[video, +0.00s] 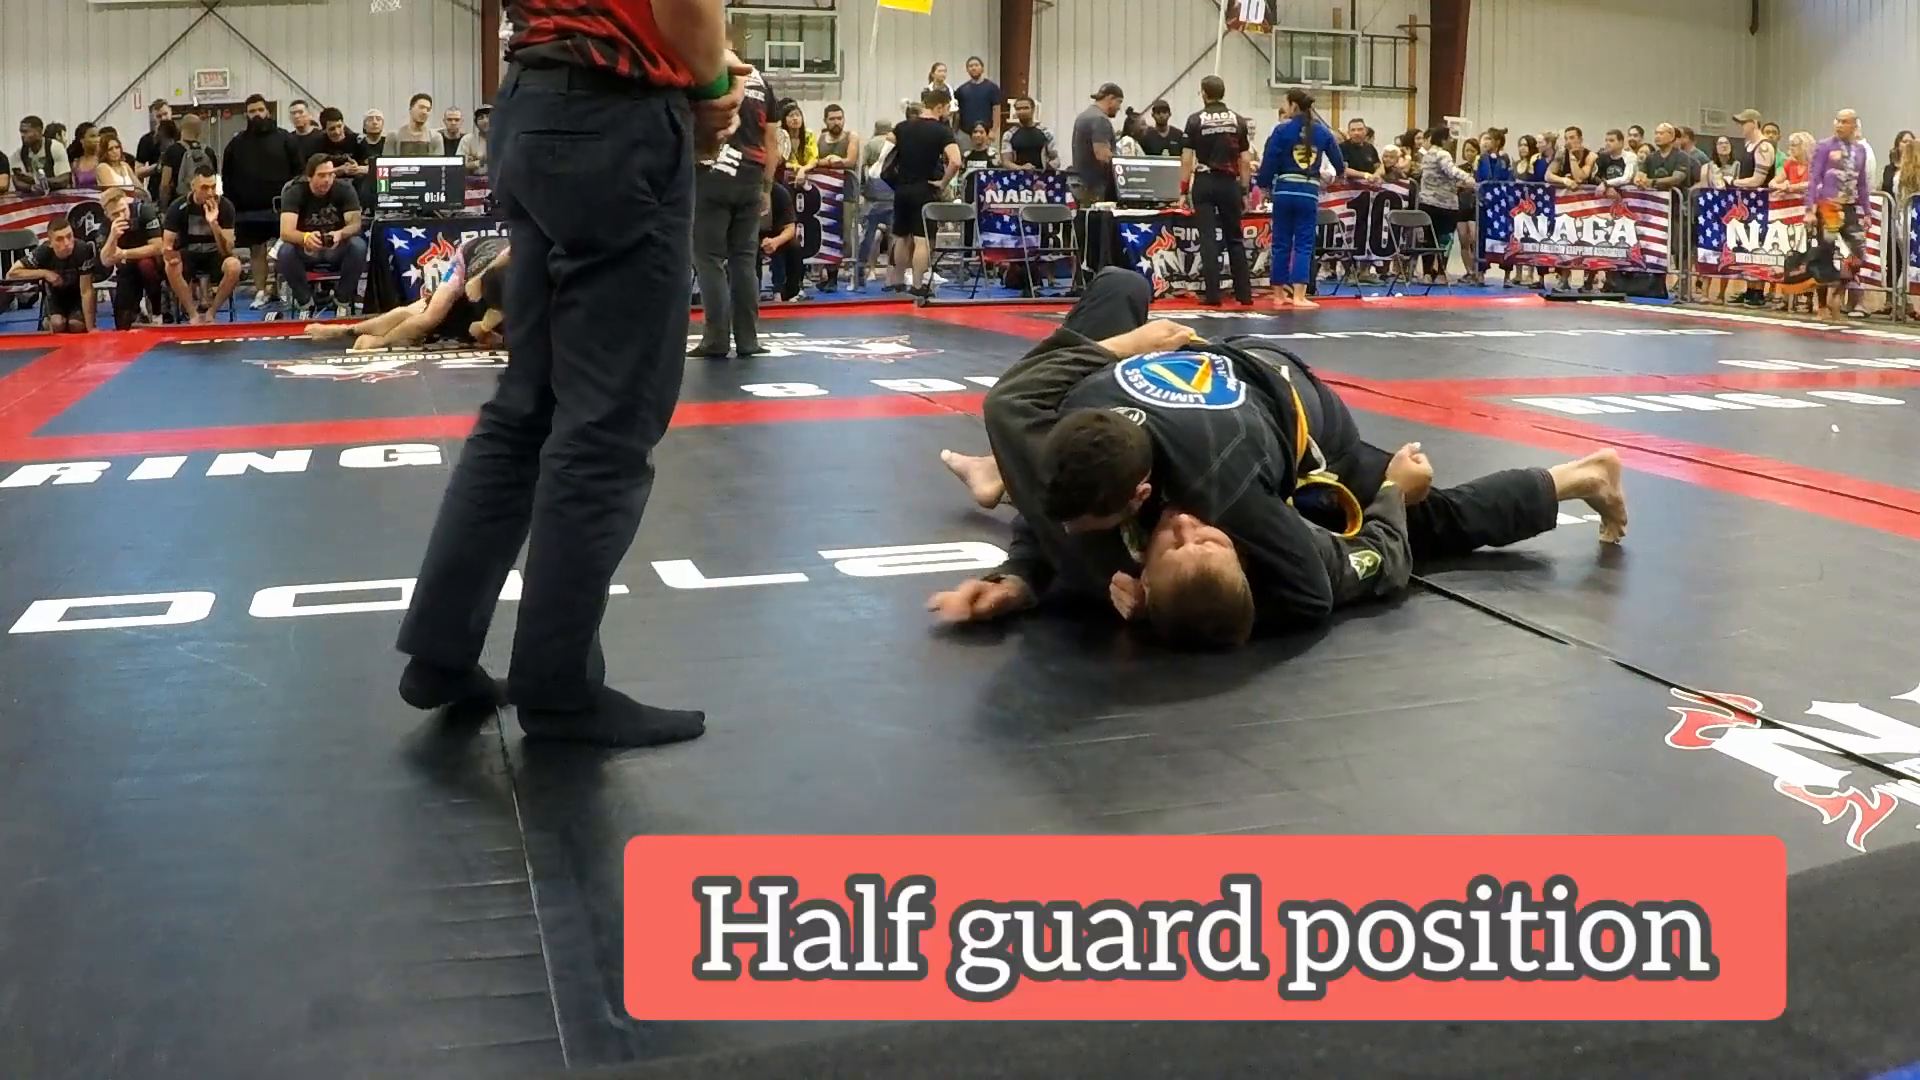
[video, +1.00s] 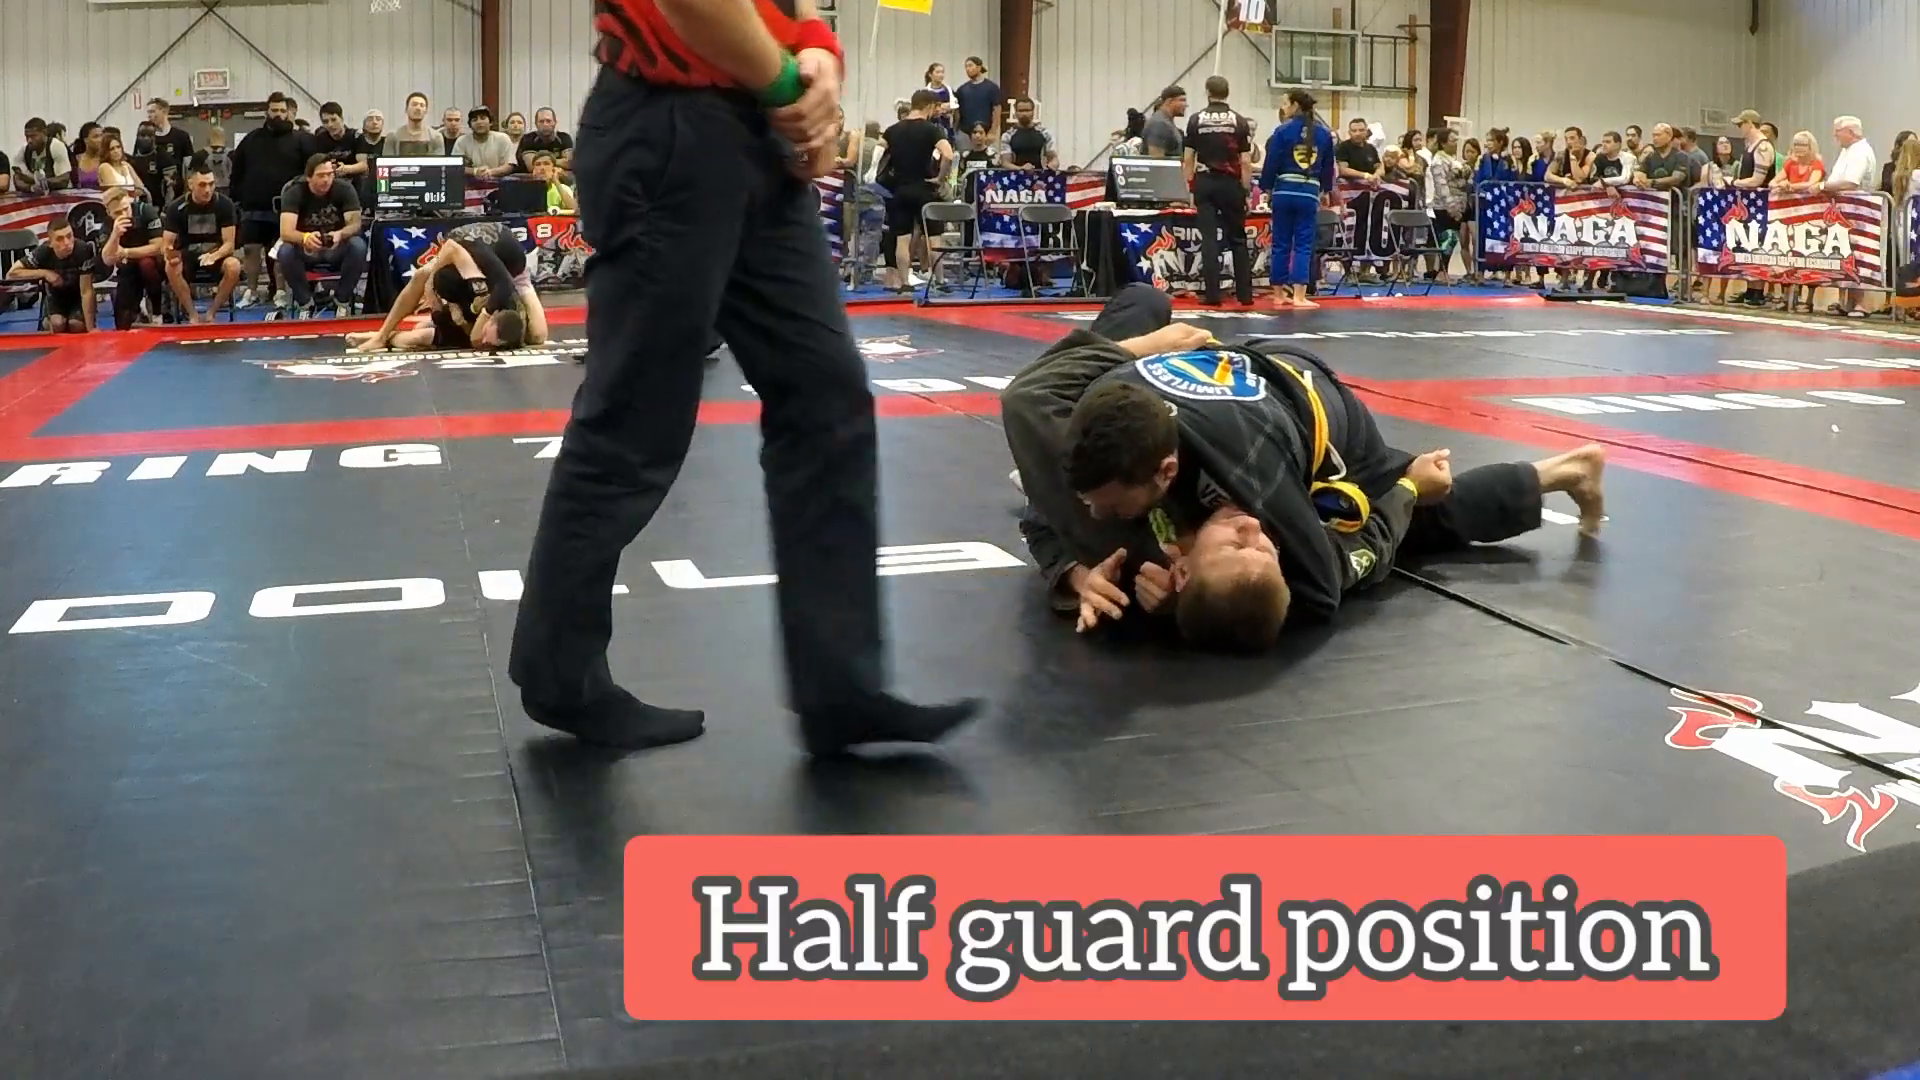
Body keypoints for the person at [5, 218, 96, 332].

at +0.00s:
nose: (67, 243)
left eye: (69, 237)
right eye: (60, 239)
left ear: (73, 235)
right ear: (50, 241)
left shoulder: (83, 249)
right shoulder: (44, 251)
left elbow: (86, 290)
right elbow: (12, 273)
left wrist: (91, 328)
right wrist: (44, 273)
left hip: (78, 291)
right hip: (56, 291)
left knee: (76, 325)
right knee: (58, 323)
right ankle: (46, 323)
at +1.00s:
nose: (67, 243)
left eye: (69, 237)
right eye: (60, 239)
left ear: (73, 235)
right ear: (50, 241)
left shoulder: (83, 250)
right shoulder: (44, 251)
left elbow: (86, 291)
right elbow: (12, 273)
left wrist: (91, 328)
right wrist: (44, 273)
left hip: (78, 293)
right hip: (56, 293)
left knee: (76, 325)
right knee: (58, 323)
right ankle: (46, 323)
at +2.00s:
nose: (67, 243)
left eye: (69, 237)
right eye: (60, 239)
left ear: (73, 235)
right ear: (50, 241)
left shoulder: (83, 249)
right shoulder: (44, 251)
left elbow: (86, 290)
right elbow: (12, 274)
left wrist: (91, 328)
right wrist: (44, 273)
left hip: (78, 293)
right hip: (55, 293)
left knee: (76, 325)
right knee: (58, 323)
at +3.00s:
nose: (67, 243)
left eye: (69, 236)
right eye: (60, 239)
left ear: (73, 235)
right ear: (50, 240)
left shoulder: (83, 249)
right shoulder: (44, 251)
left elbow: (86, 290)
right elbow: (12, 273)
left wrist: (91, 328)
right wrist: (44, 273)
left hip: (77, 291)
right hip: (55, 292)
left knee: (77, 325)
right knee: (58, 324)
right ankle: (46, 323)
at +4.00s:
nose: (67, 243)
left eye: (69, 237)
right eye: (60, 239)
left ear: (73, 235)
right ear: (50, 240)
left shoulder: (83, 249)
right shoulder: (44, 251)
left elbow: (86, 290)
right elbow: (12, 273)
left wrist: (91, 327)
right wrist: (44, 273)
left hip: (78, 291)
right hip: (55, 292)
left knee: (76, 324)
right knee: (57, 323)